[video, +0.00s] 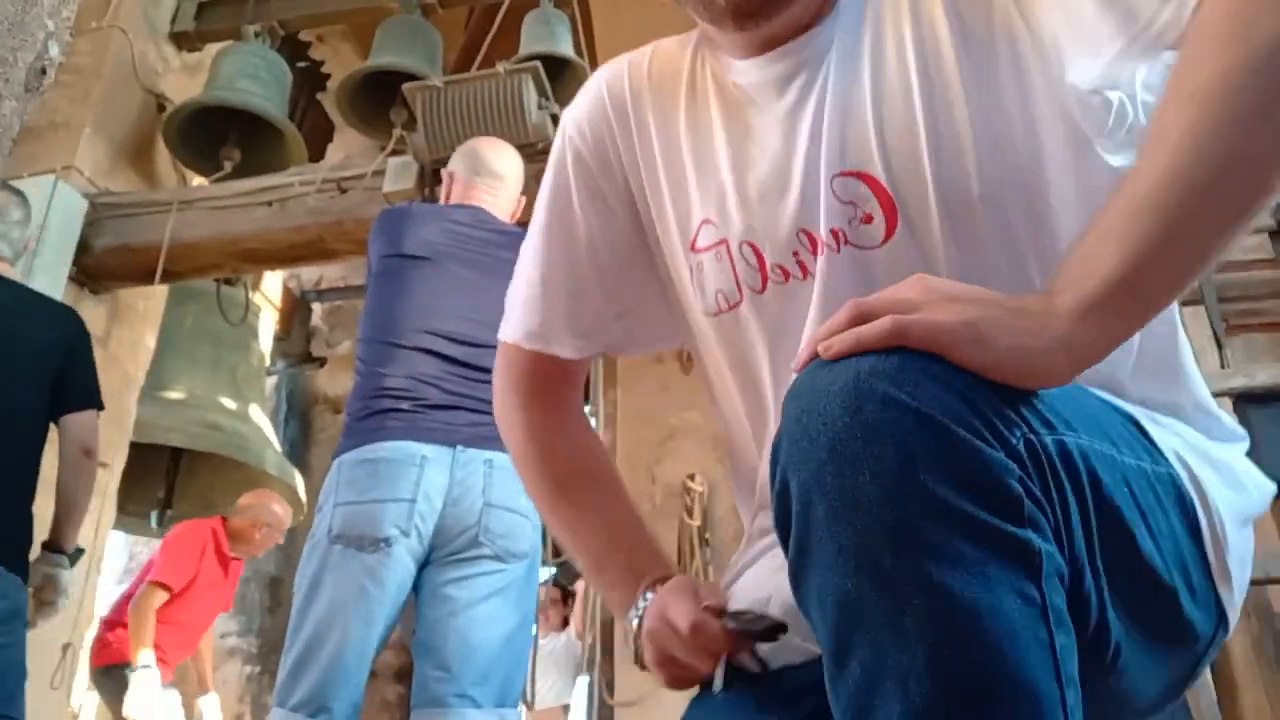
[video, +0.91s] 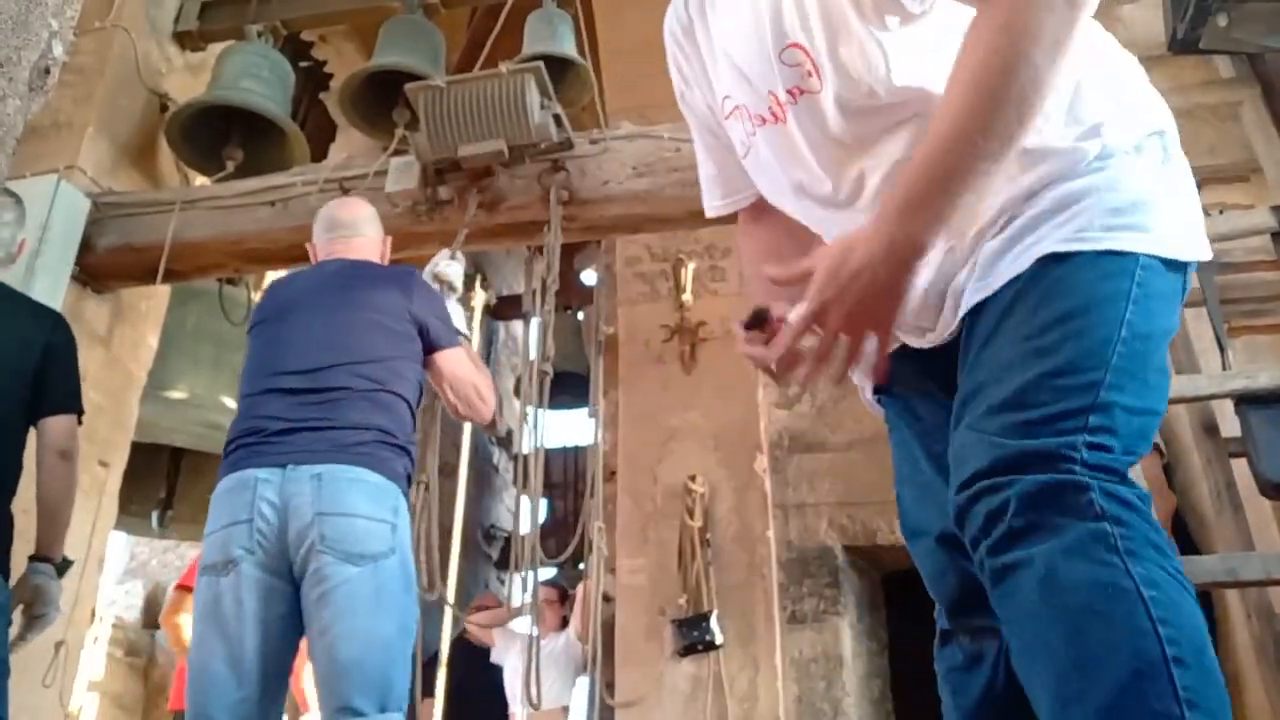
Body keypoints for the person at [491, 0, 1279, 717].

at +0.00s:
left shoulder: (1014, 11)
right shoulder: (623, 112)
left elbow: (1254, 20)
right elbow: (533, 385)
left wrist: (1068, 315)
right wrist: (645, 589)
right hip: (815, 589)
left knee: (862, 415)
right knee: (735, 713)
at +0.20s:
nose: (676, 5)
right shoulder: (602, 92)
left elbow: (1210, 5)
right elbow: (530, 367)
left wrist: (1059, 295)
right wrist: (709, 537)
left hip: (1130, 407)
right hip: (843, 503)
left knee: (891, 407)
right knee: (789, 701)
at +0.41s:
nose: (633, 3)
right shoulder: (602, 99)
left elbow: (1116, 2)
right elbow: (595, 350)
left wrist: (1084, 281)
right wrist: (764, 474)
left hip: (1086, 303)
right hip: (866, 404)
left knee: (956, 429)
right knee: (874, 662)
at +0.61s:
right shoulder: (630, 63)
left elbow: (1063, 8)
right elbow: (672, 288)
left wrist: (1077, 319)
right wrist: (800, 415)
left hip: (1058, 240)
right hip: (887, 330)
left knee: (996, 482)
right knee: (908, 562)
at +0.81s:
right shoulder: (671, 37)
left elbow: (1049, 8)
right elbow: (740, 229)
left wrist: (970, 292)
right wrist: (780, 350)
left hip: (1067, 212)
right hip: (893, 294)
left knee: (1022, 511)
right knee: (935, 576)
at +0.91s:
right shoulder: (689, 23)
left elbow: (1042, 3)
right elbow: (763, 205)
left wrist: (894, 234)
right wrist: (779, 306)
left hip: (1065, 191)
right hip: (904, 295)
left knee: (1033, 490)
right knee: (963, 579)